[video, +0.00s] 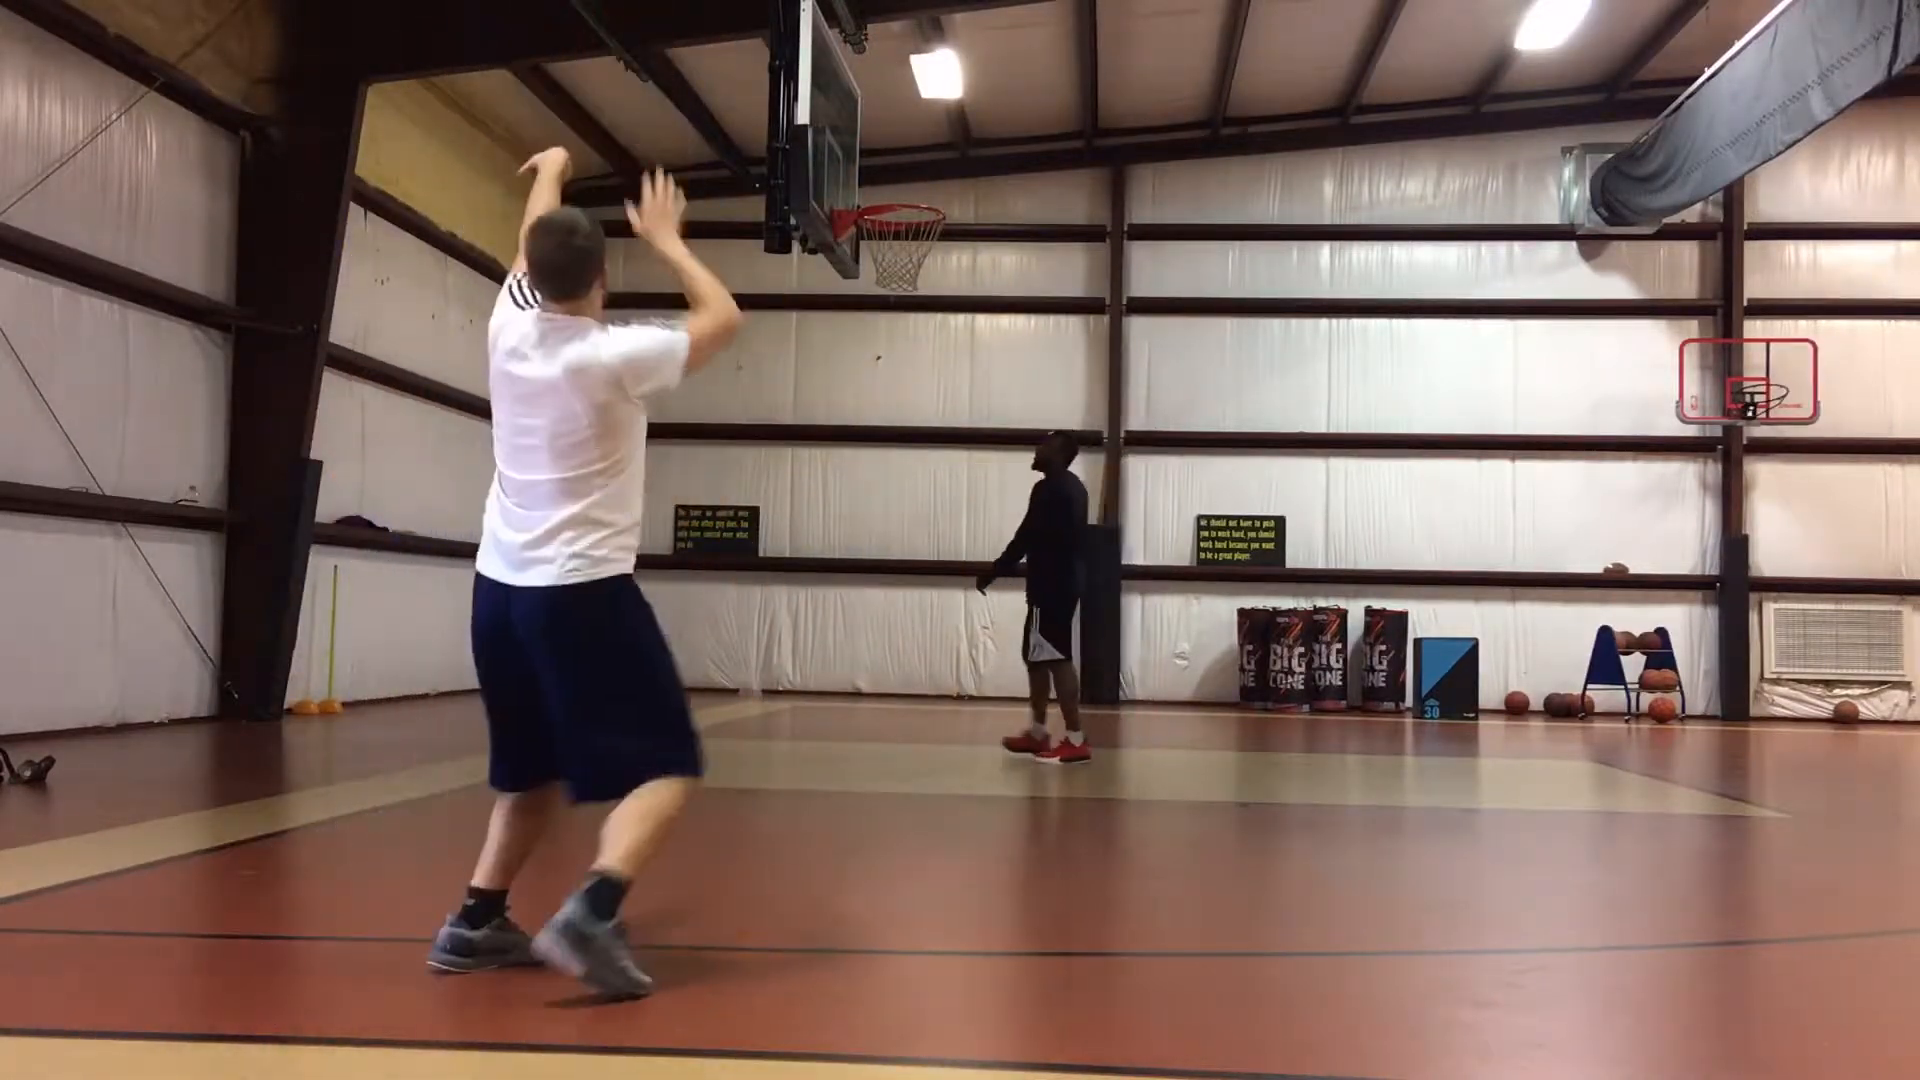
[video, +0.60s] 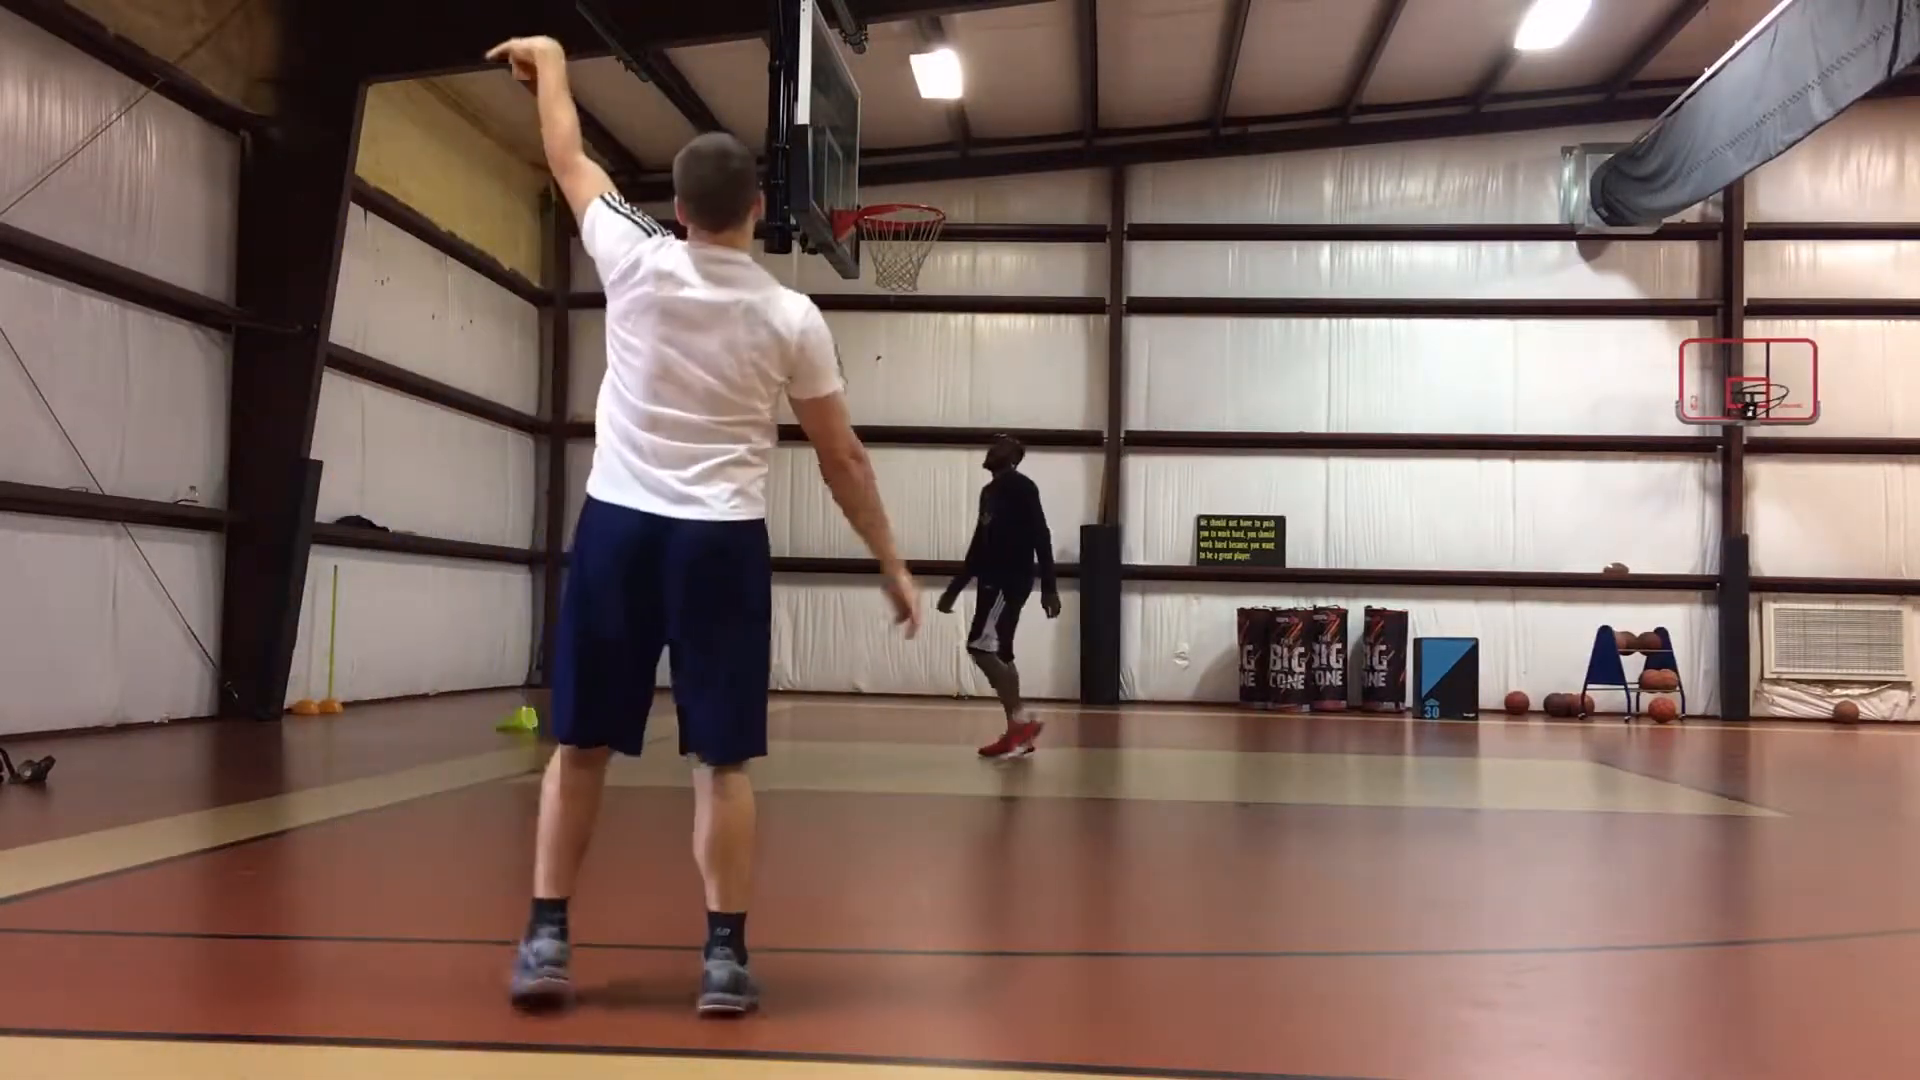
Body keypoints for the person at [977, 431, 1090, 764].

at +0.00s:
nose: (1037, 448)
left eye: (1044, 444)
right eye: (1041, 443)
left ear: (1059, 454)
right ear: (1063, 455)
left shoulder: (1047, 489)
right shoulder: (1073, 487)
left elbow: (1025, 537)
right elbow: (1068, 543)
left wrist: (992, 571)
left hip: (1053, 588)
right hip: (1060, 586)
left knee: (1059, 660)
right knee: (1037, 658)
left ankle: (1075, 740)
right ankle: (1037, 733)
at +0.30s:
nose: (1018, 449)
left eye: (1027, 446)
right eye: (1021, 444)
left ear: (1040, 457)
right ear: (1026, 456)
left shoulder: (1038, 492)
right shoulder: (1026, 490)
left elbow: (1033, 549)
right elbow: (1020, 546)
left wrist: (1024, 594)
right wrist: (1007, 586)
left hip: (1029, 590)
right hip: (1010, 588)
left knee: (1040, 659)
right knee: (1001, 658)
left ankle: (1071, 734)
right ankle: (1016, 735)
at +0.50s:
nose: (997, 452)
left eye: (1006, 448)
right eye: (999, 448)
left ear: (1020, 456)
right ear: (1005, 456)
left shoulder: (1024, 488)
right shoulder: (1002, 491)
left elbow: (1040, 541)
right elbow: (990, 546)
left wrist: (1045, 590)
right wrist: (966, 589)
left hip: (1014, 583)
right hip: (1001, 582)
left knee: (995, 651)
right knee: (1000, 655)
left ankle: (1047, 718)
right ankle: (1016, 734)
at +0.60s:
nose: (989, 450)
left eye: (997, 446)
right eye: (991, 445)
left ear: (1011, 455)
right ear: (999, 456)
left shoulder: (1023, 487)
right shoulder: (989, 491)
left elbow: (1042, 537)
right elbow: (979, 546)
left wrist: (1050, 587)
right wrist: (953, 588)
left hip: (1012, 581)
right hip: (993, 580)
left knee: (980, 646)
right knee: (1002, 655)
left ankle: (1021, 722)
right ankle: (1016, 732)